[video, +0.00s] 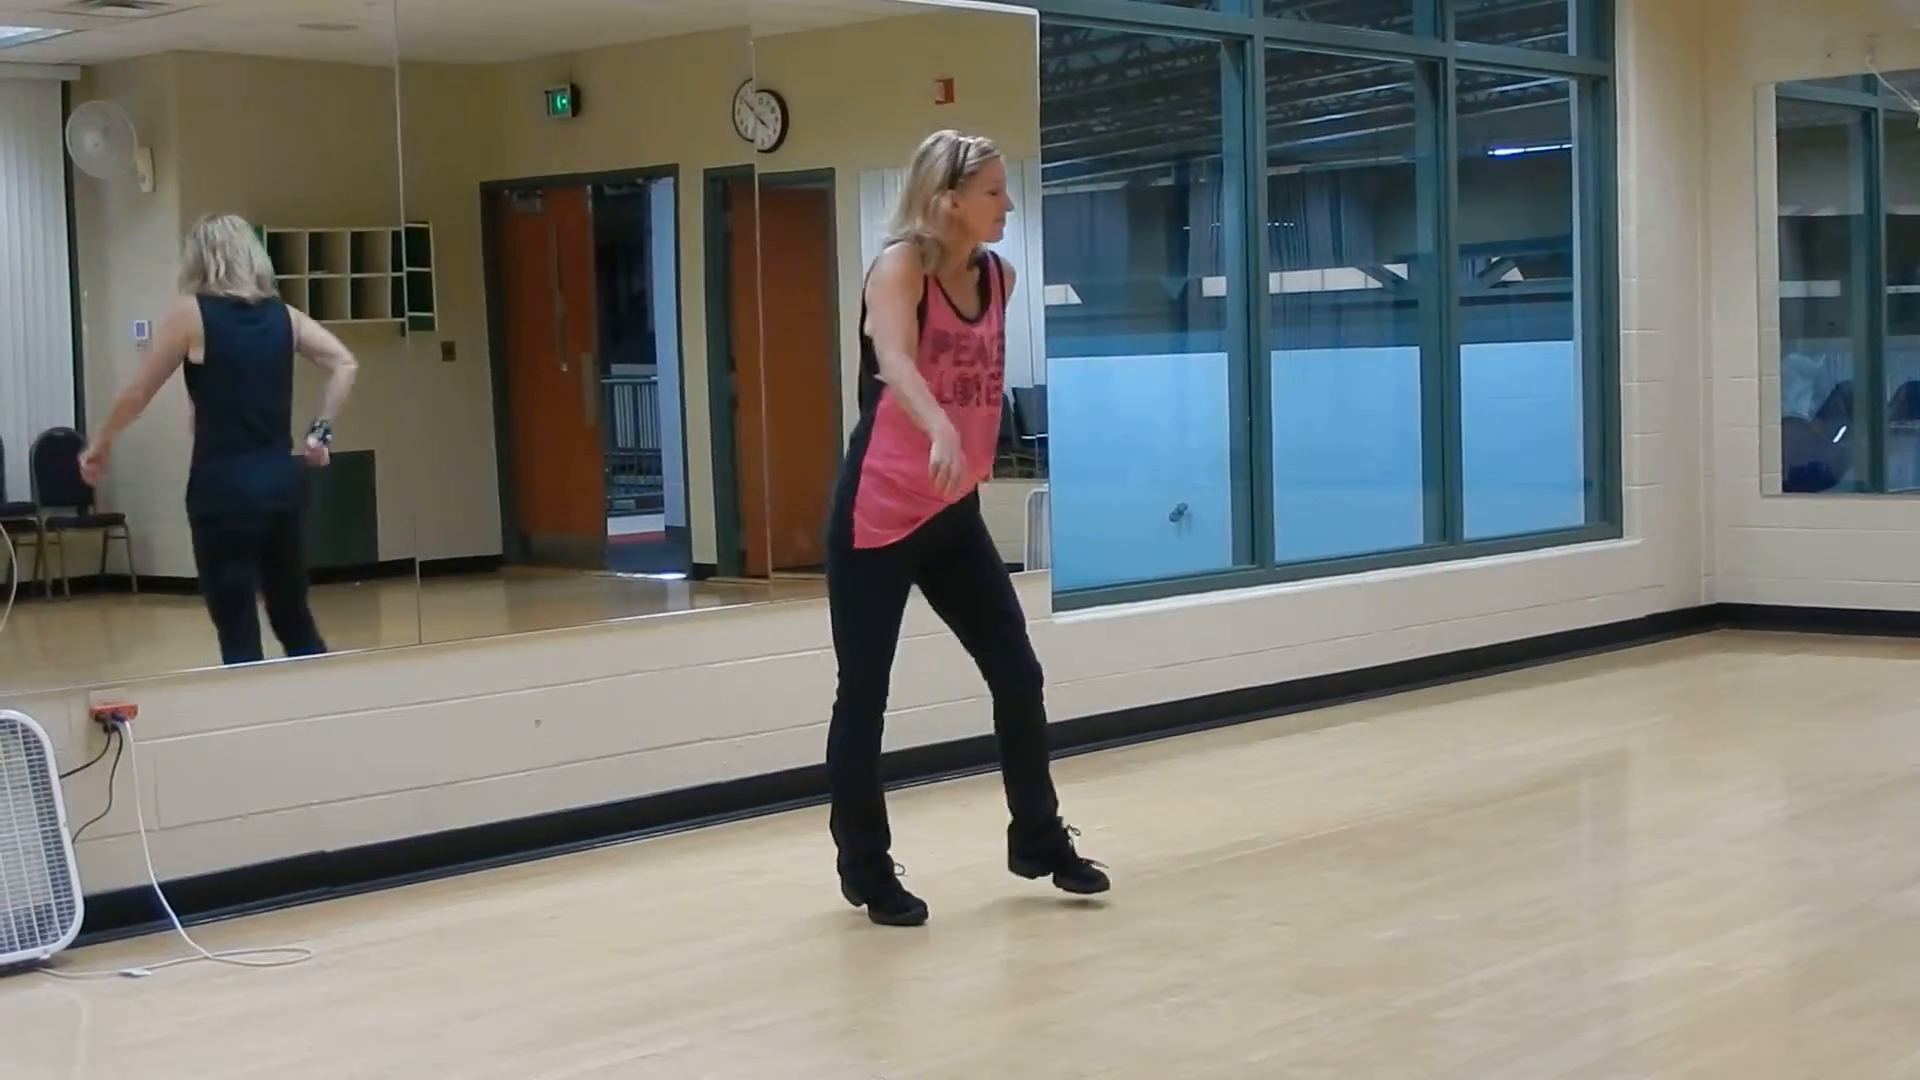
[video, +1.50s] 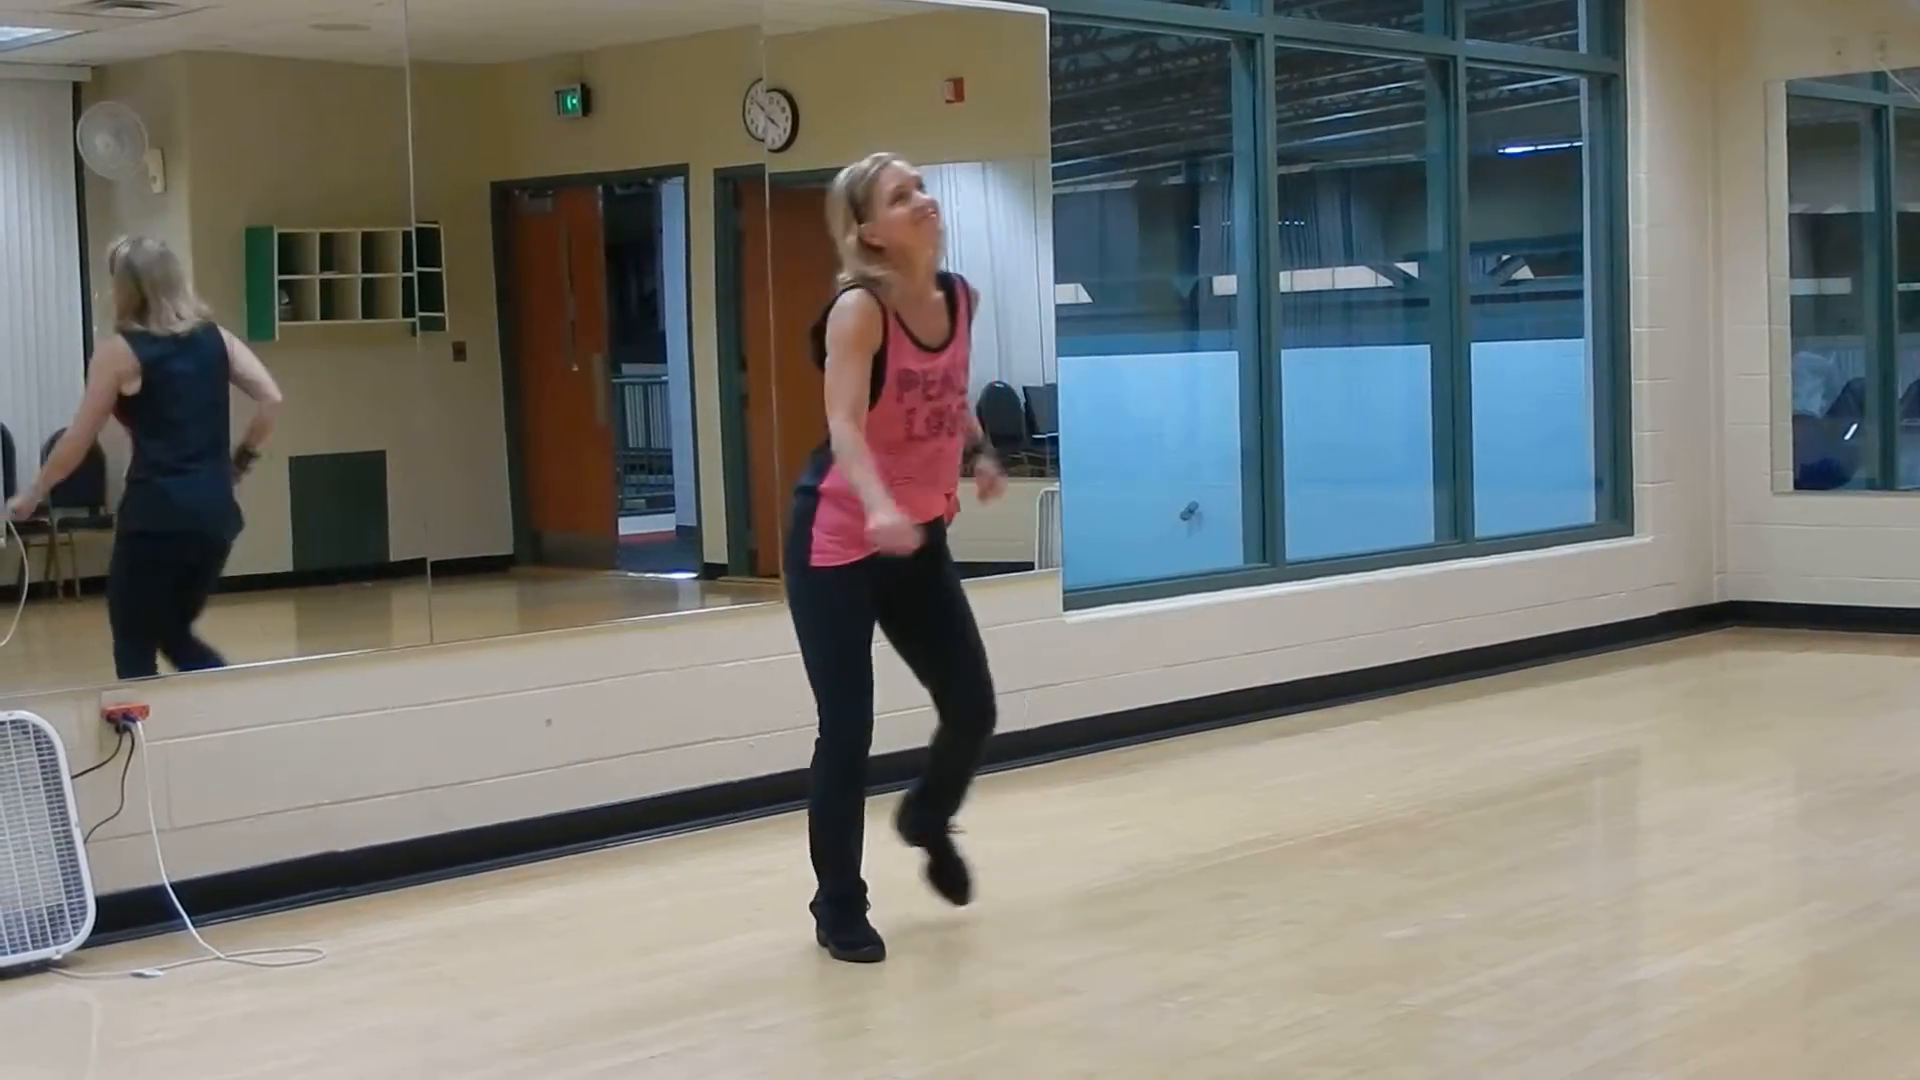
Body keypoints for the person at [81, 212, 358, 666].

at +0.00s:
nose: (189, 263)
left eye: (192, 255)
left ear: (198, 259)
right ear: (253, 258)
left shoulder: (191, 313)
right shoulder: (282, 314)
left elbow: (140, 391)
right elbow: (343, 362)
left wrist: (101, 442)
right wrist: (322, 429)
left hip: (221, 489)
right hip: (282, 482)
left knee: (237, 632)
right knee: (292, 617)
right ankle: (339, 717)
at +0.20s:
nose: (225, 269)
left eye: (229, 260)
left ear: (234, 267)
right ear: (290, 265)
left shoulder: (226, 326)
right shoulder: (315, 325)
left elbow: (201, 407)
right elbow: (374, 375)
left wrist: (178, 480)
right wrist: (327, 395)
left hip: (252, 494)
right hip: (311, 490)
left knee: (248, 635)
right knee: (329, 623)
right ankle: (362, 727)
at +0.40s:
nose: (257, 272)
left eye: (262, 264)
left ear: (271, 270)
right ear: (322, 274)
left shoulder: (264, 321)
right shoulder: (336, 334)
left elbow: (263, 392)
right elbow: (338, 417)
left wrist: (257, 469)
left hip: (300, 494)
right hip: (354, 493)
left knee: (211, 599)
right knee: (343, 628)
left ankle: (255, 708)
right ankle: (365, 725)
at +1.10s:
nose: (192, 282)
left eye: (195, 272)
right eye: (193, 272)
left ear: (211, 274)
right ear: (252, 270)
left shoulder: (212, 319)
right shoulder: (289, 323)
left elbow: (190, 388)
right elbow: (321, 404)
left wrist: (183, 454)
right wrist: (337, 467)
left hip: (262, 492)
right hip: (321, 486)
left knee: (211, 625)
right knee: (344, 622)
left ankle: (175, 727)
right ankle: (383, 725)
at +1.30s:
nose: (148, 282)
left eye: (152, 273)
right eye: (150, 273)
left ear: (162, 280)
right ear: (210, 275)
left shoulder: (159, 339)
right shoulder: (243, 339)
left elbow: (145, 427)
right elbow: (287, 396)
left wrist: (107, 434)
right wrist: (309, 465)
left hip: (200, 505)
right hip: (260, 499)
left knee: (168, 643)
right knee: (293, 627)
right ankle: (357, 709)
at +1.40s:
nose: (125, 285)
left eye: (129, 276)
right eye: (127, 275)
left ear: (142, 281)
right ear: (189, 276)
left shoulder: (134, 343)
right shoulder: (225, 335)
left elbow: (110, 434)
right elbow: (280, 393)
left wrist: (66, 460)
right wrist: (276, 470)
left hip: (171, 511)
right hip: (233, 505)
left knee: (148, 649)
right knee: (233, 630)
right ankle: (303, 701)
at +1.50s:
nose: (111, 293)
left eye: (116, 284)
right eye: (112, 283)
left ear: (128, 290)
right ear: (175, 281)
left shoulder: (119, 351)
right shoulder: (216, 339)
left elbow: (77, 443)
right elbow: (271, 399)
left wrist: (35, 491)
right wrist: (241, 461)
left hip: (155, 517)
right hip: (216, 511)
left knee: (133, 644)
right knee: (174, 632)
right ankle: (240, 705)